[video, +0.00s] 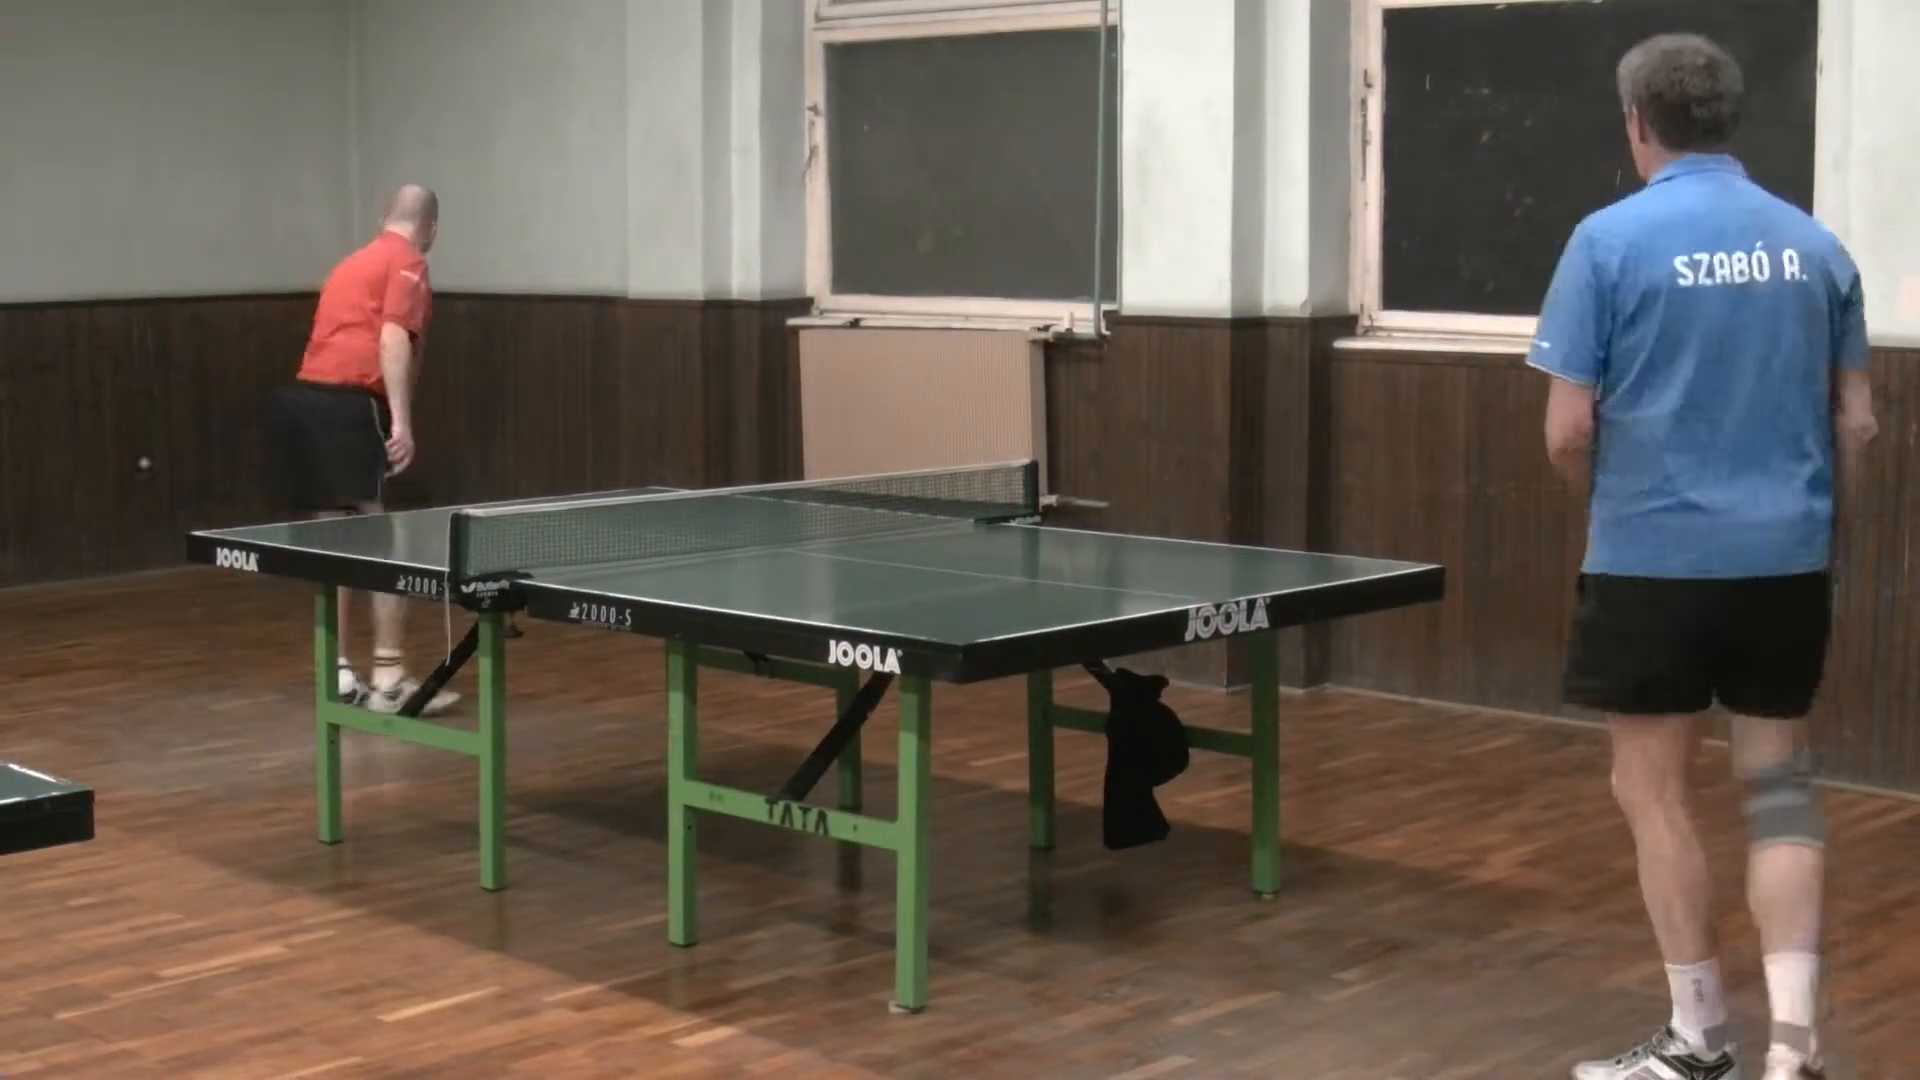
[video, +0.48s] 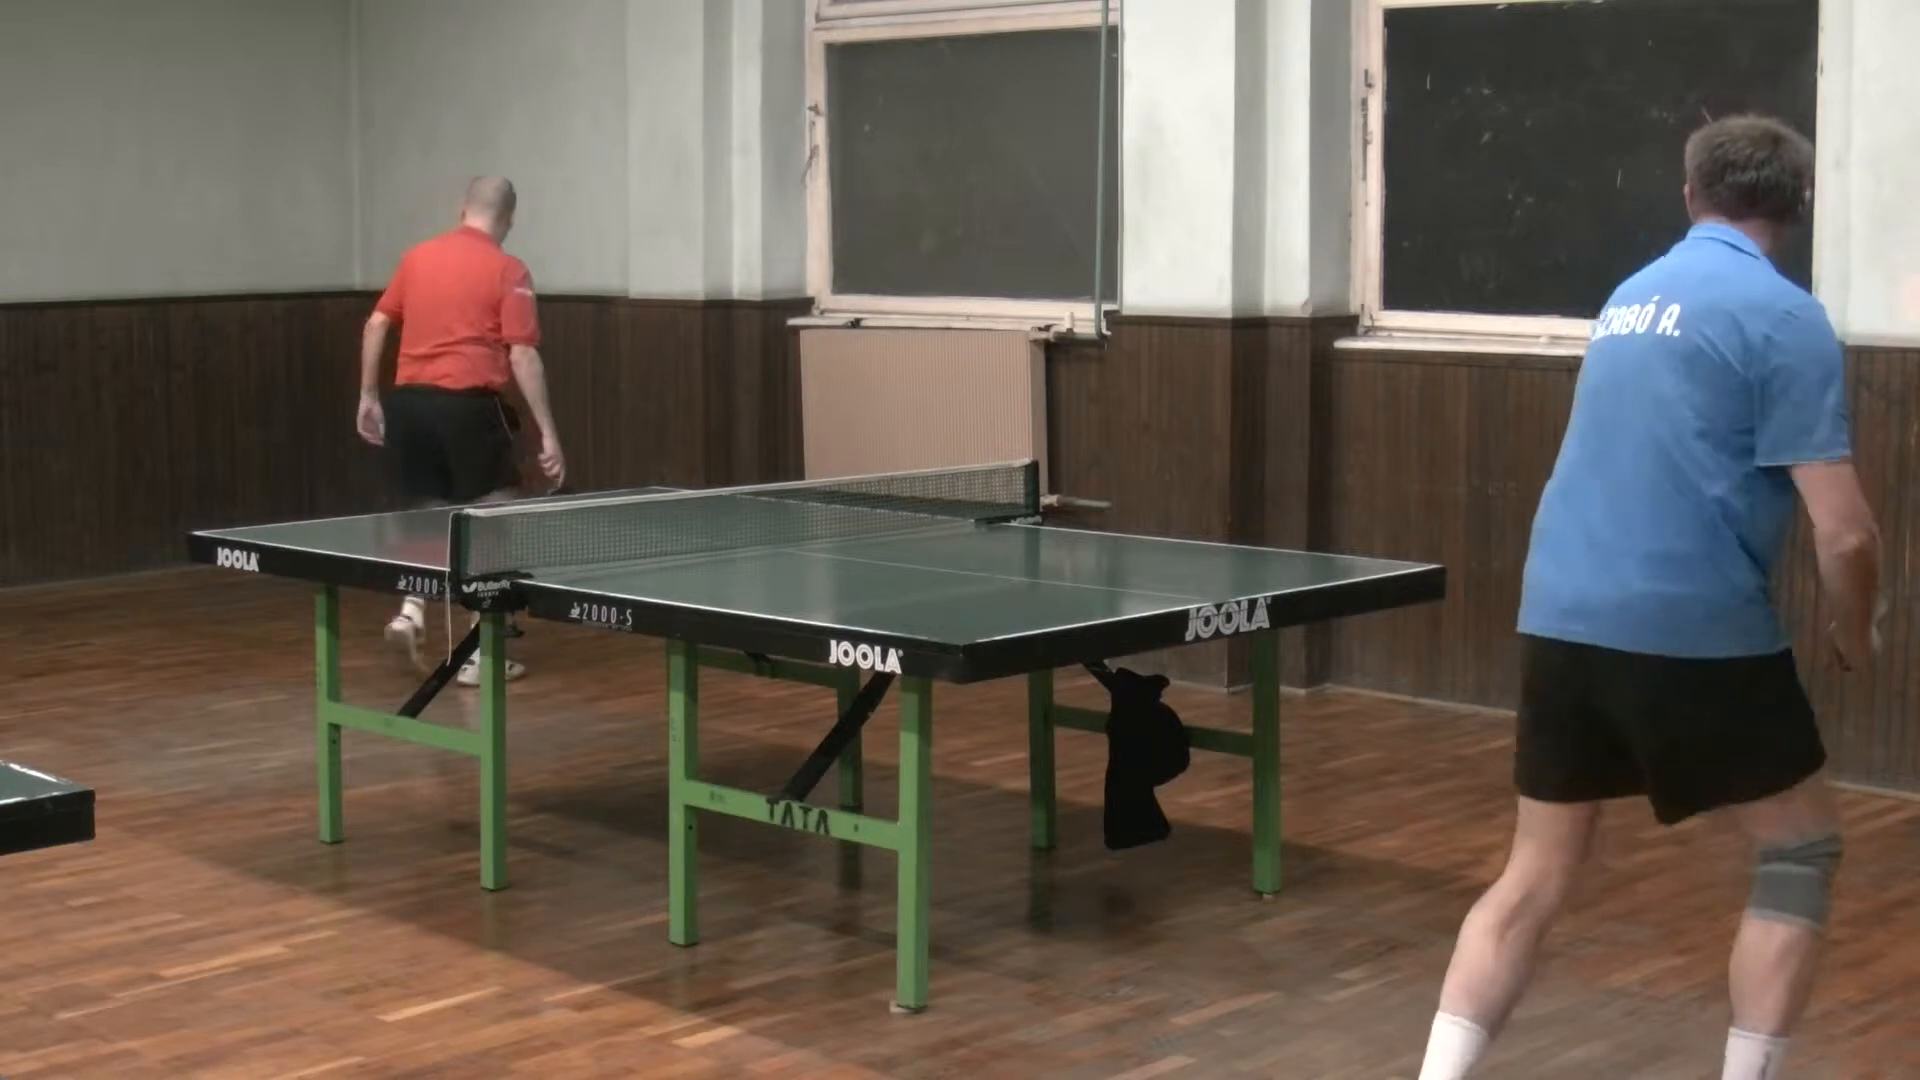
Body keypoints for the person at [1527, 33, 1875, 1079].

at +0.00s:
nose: (1622, 134)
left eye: (1623, 118)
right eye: (1625, 116)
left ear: (1640, 126)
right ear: (1732, 121)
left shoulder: (1609, 240)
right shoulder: (1814, 242)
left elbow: (1567, 434)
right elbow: (1857, 419)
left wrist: (1605, 504)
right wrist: (1805, 508)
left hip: (1651, 568)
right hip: (1784, 567)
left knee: (1651, 791)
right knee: (1779, 783)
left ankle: (1697, 1035)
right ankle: (1795, 1040)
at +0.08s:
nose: (1638, 134)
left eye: (1639, 120)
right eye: (1645, 117)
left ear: (1651, 127)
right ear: (1747, 124)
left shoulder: (1607, 242)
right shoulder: (1823, 251)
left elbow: (1553, 434)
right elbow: (1865, 437)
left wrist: (1610, 494)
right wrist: (1825, 541)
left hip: (1640, 579)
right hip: (1783, 580)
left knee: (1637, 793)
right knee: (1767, 801)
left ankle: (1693, 1037)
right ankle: (1760, 1055)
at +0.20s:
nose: (1663, 139)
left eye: (1664, 125)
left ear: (1671, 137)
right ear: (1773, 138)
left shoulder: (1610, 256)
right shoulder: (1833, 263)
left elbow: (1557, 443)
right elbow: (1874, 460)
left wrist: (1637, 463)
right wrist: (1838, 569)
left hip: (1633, 585)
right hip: (1784, 591)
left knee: (1591, 797)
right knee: (1769, 832)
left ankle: (1606, 1049)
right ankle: (1751, 1071)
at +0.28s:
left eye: (1683, 143)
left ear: (1690, 152)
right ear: (1792, 156)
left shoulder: (1620, 270)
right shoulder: (1829, 271)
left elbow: (1583, 448)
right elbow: (1867, 479)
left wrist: (1618, 557)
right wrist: (1836, 597)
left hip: (1608, 588)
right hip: (1756, 599)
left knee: (1579, 820)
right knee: (1787, 840)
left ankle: (1511, 1048)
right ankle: (1753, 1069)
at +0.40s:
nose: (1808, 210)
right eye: (1806, 195)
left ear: (1694, 191)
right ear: (1796, 196)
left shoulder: (1647, 286)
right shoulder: (1784, 309)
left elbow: (1694, 473)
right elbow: (1853, 522)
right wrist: (1844, 616)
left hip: (1571, 618)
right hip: (1706, 630)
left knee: (1551, 870)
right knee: (1801, 850)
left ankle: (1446, 1071)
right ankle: (1746, 1071)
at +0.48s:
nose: (1802, 225)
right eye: (1802, 209)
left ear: (1690, 201)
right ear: (1793, 207)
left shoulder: (1635, 292)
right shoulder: (1787, 316)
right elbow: (1846, 532)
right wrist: (1852, 625)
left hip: (1558, 620)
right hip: (1695, 631)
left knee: (1532, 872)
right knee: (1798, 842)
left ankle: (1437, 1071)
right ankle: (1745, 1070)